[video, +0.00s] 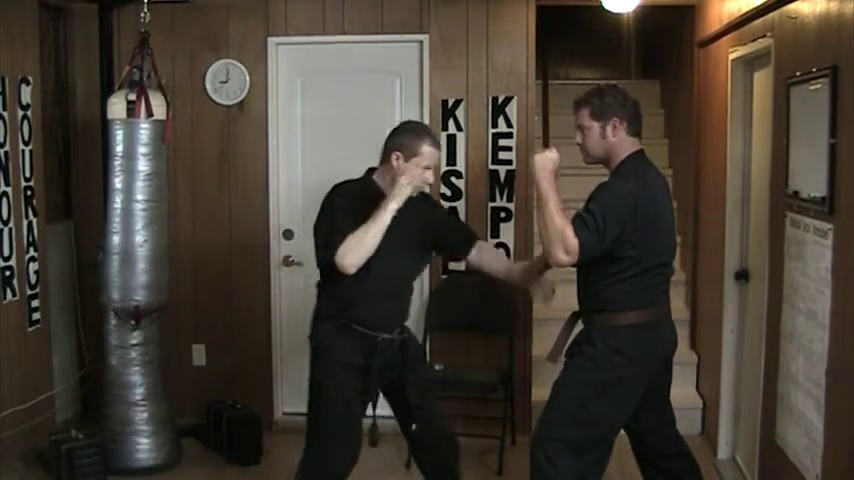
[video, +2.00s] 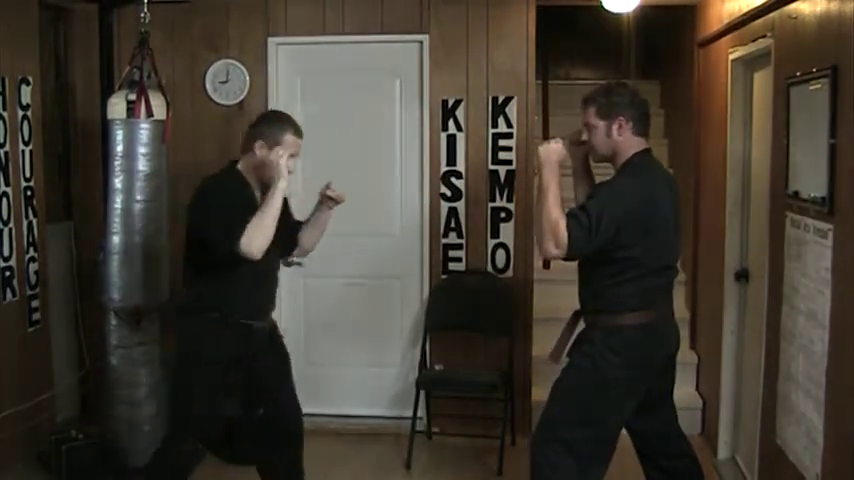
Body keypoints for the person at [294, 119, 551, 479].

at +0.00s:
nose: (430, 179)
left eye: (434, 170)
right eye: (425, 168)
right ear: (395, 159)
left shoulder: (425, 211)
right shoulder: (346, 197)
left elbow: (474, 249)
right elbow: (347, 260)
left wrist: (519, 273)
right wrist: (394, 200)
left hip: (396, 343)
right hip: (341, 342)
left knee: (439, 449)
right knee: (332, 454)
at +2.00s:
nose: (291, 167)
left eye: (294, 158)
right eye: (288, 156)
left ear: (267, 153)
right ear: (259, 149)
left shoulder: (266, 194)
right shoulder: (217, 190)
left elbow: (295, 247)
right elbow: (252, 247)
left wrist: (323, 211)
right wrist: (278, 188)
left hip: (259, 334)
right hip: (212, 334)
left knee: (283, 434)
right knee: (190, 437)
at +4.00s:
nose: (343, 153)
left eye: (346, 144)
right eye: (335, 143)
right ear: (306, 138)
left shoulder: (332, 187)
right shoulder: (266, 182)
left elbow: (371, 226)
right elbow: (278, 237)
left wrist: (389, 179)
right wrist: (310, 174)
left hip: (313, 326)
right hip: (269, 326)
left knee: (313, 431)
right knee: (282, 434)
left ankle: (303, 475)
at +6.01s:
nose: (453, 170)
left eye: (455, 162)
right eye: (447, 161)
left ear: (427, 156)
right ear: (419, 155)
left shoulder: (443, 206)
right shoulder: (368, 196)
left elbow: (488, 253)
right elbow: (369, 257)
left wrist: (539, 281)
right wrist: (413, 200)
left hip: (414, 345)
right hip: (360, 341)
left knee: (446, 443)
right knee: (337, 445)